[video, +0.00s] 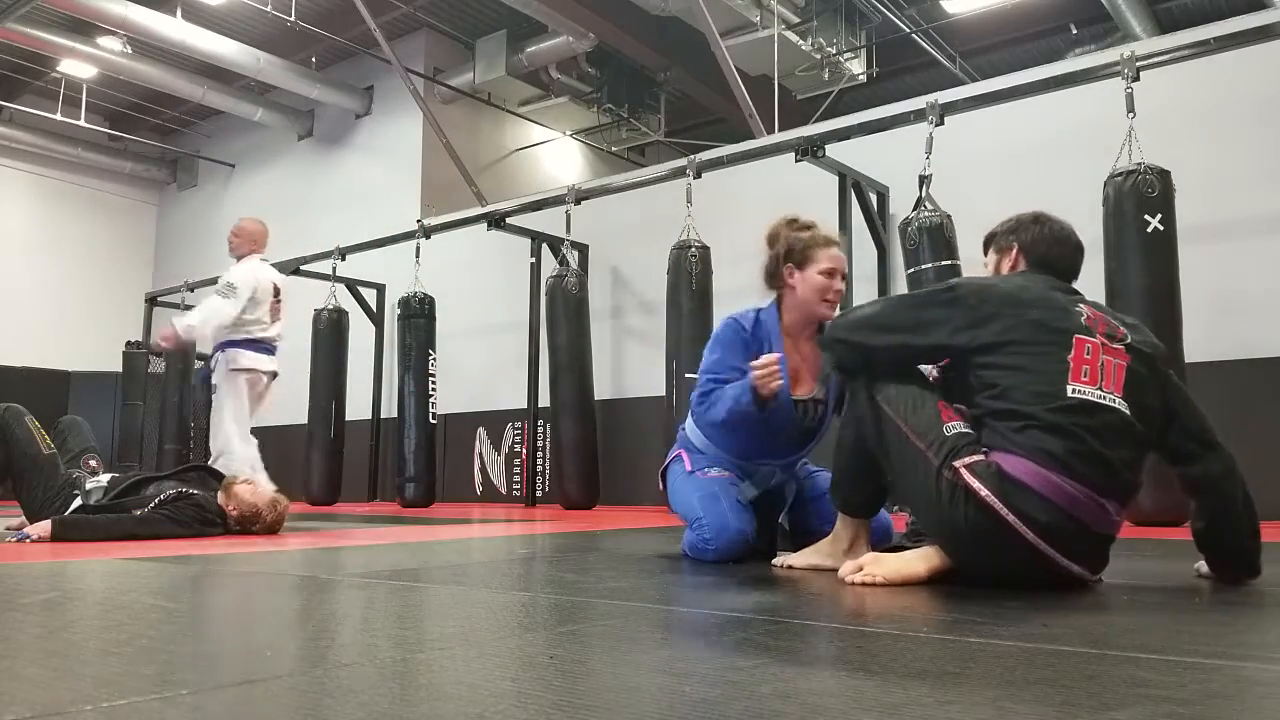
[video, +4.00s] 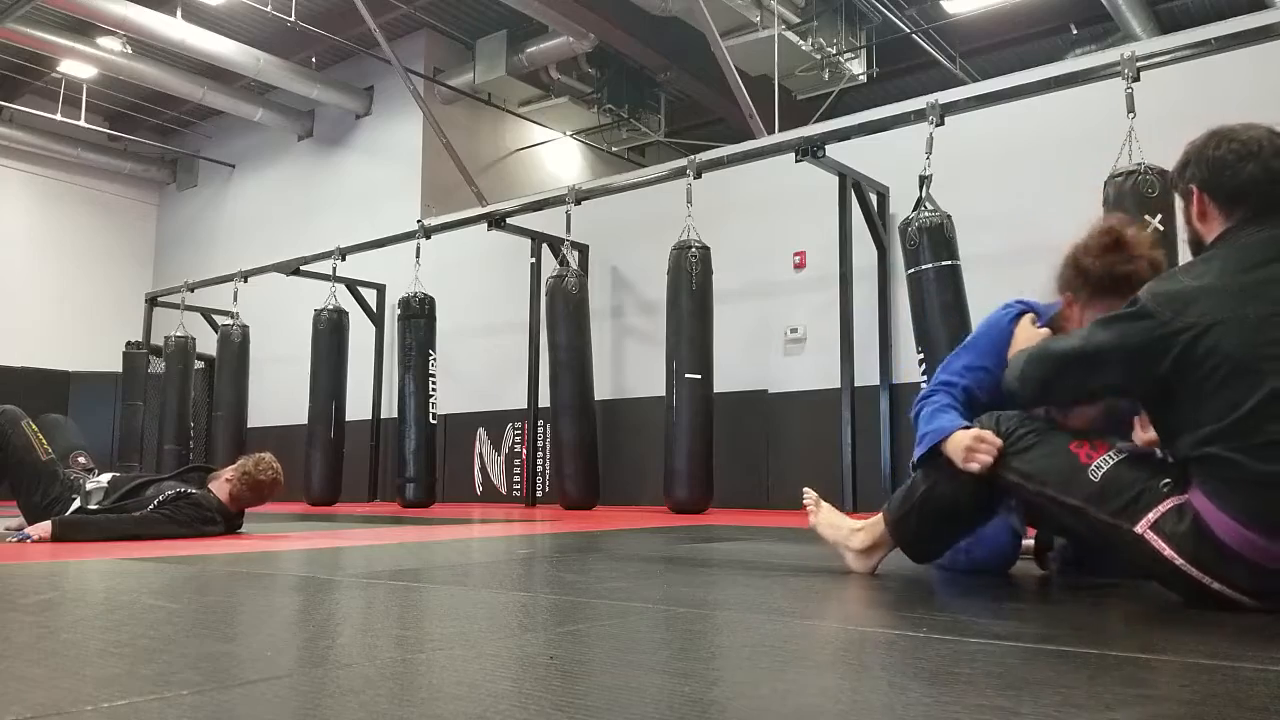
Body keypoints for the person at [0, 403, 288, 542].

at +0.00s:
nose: (251, 477)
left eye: (253, 488)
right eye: (259, 483)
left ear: (234, 508)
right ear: (237, 502)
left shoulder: (198, 514)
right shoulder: (216, 483)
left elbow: (129, 525)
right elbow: (155, 483)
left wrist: (57, 526)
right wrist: (115, 481)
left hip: (69, 500)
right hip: (102, 484)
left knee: (11, 414)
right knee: (70, 422)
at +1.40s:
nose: (214, 470)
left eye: (223, 478)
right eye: (223, 468)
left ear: (234, 504)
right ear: (226, 464)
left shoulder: (198, 513)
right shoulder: (208, 483)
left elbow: (128, 525)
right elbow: (151, 489)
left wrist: (56, 527)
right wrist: (112, 480)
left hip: (67, 502)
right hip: (100, 484)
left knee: (12, 416)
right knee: (73, 423)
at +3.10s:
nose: (225, 463)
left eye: (231, 464)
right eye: (232, 461)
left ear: (230, 475)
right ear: (250, 497)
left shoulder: (199, 513)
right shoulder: (215, 496)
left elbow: (130, 524)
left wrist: (56, 526)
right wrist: (107, 477)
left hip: (68, 501)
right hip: (95, 485)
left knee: (9, 416)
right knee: (46, 420)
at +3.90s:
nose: (227, 466)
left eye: (232, 467)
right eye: (233, 465)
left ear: (233, 474)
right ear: (255, 503)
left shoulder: (199, 513)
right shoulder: (215, 492)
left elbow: (131, 524)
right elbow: (150, 488)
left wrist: (55, 527)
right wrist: (110, 480)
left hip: (65, 504)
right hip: (95, 488)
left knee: (9, 418)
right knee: (50, 421)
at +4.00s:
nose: (226, 465)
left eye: (232, 467)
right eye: (233, 464)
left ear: (231, 473)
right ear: (256, 502)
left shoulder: (200, 512)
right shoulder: (215, 494)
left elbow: (131, 524)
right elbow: (150, 487)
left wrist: (56, 527)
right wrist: (106, 479)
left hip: (66, 503)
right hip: (95, 487)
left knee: (10, 418)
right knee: (56, 422)